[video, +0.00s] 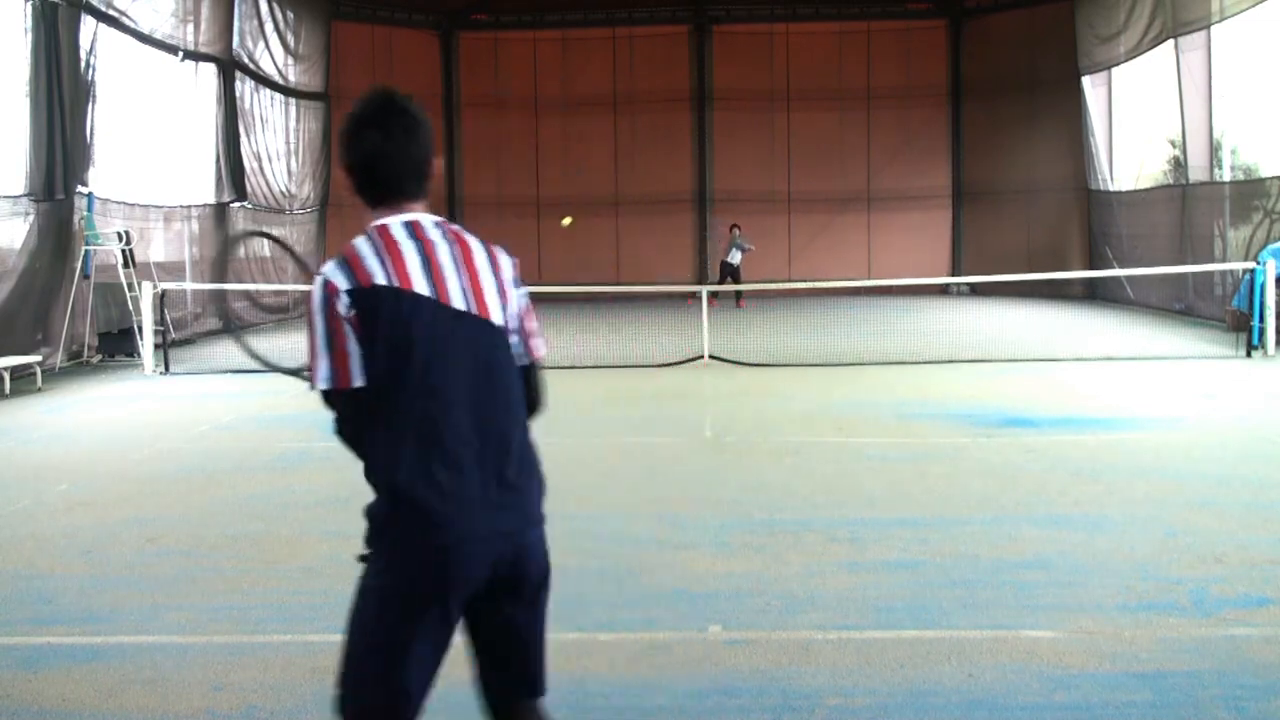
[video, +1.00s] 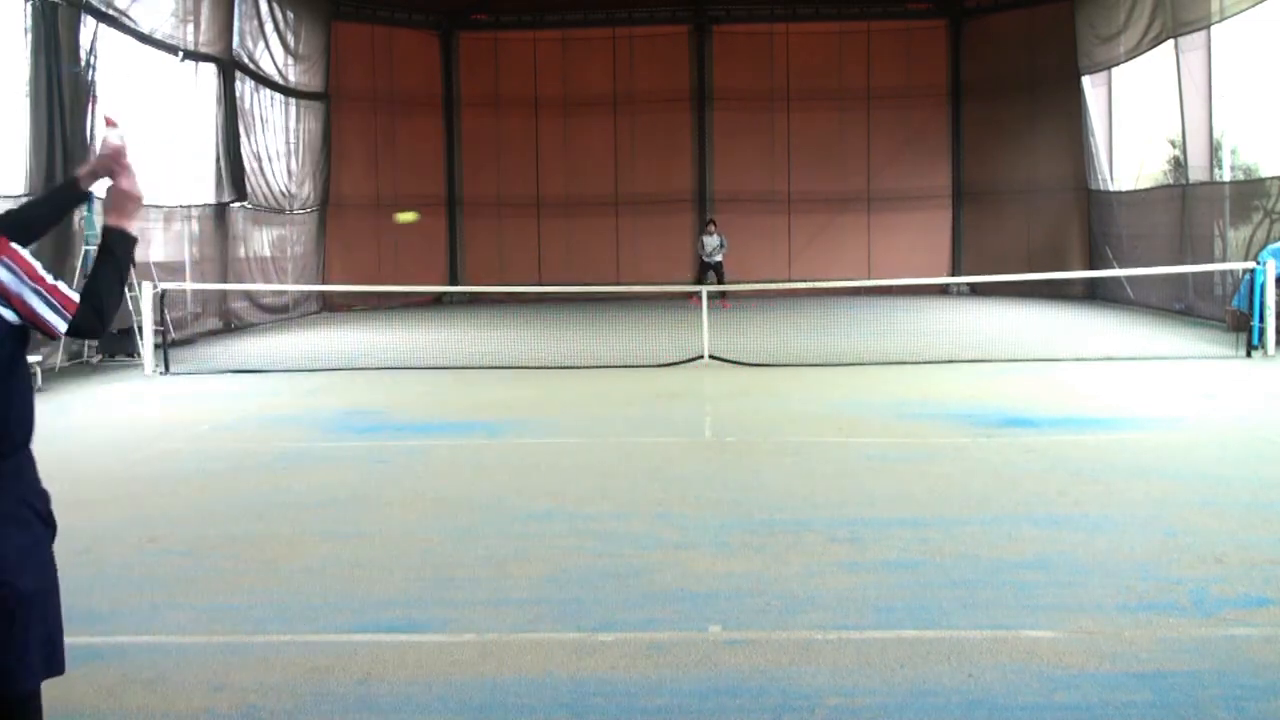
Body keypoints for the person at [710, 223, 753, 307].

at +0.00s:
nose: (736, 233)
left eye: (737, 231)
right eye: (734, 231)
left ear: (739, 232)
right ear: (731, 233)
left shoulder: (739, 243)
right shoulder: (732, 241)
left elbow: (741, 251)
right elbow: (739, 245)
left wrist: (747, 249)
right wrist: (747, 248)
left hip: (735, 265)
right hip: (727, 263)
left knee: (738, 283)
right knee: (721, 281)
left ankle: (738, 301)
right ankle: (713, 297)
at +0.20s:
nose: (731, 233)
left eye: (733, 231)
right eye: (729, 231)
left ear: (735, 232)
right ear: (727, 233)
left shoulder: (736, 242)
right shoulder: (727, 242)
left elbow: (735, 253)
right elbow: (728, 254)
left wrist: (738, 258)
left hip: (731, 264)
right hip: (723, 264)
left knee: (736, 282)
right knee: (721, 282)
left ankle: (738, 300)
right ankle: (715, 298)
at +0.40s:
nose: (725, 233)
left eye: (726, 231)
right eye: (723, 231)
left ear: (728, 233)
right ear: (720, 233)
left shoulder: (730, 243)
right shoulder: (717, 242)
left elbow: (730, 254)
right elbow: (717, 257)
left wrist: (740, 252)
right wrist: (728, 257)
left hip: (727, 265)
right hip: (717, 265)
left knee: (732, 283)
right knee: (718, 283)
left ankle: (732, 301)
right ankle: (715, 300)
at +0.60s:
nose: (721, 229)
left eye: (722, 227)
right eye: (719, 227)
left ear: (725, 228)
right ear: (716, 228)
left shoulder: (728, 239)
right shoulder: (712, 238)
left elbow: (729, 250)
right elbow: (709, 249)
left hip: (723, 261)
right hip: (713, 260)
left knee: (722, 281)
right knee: (711, 281)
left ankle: (719, 300)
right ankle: (710, 299)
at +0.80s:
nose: (716, 230)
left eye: (718, 228)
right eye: (715, 228)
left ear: (721, 229)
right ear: (712, 229)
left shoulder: (725, 239)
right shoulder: (708, 239)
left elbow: (729, 251)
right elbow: (704, 250)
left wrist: (721, 253)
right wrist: (710, 255)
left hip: (720, 263)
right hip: (710, 262)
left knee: (721, 282)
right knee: (703, 279)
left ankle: (718, 301)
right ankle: (698, 296)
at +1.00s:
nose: (711, 229)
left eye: (713, 226)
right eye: (709, 227)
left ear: (715, 228)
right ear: (706, 228)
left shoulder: (720, 237)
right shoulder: (703, 237)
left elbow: (724, 247)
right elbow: (699, 248)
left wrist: (718, 253)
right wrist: (704, 254)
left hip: (717, 260)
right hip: (706, 260)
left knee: (721, 279)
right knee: (700, 278)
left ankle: (723, 298)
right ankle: (696, 295)